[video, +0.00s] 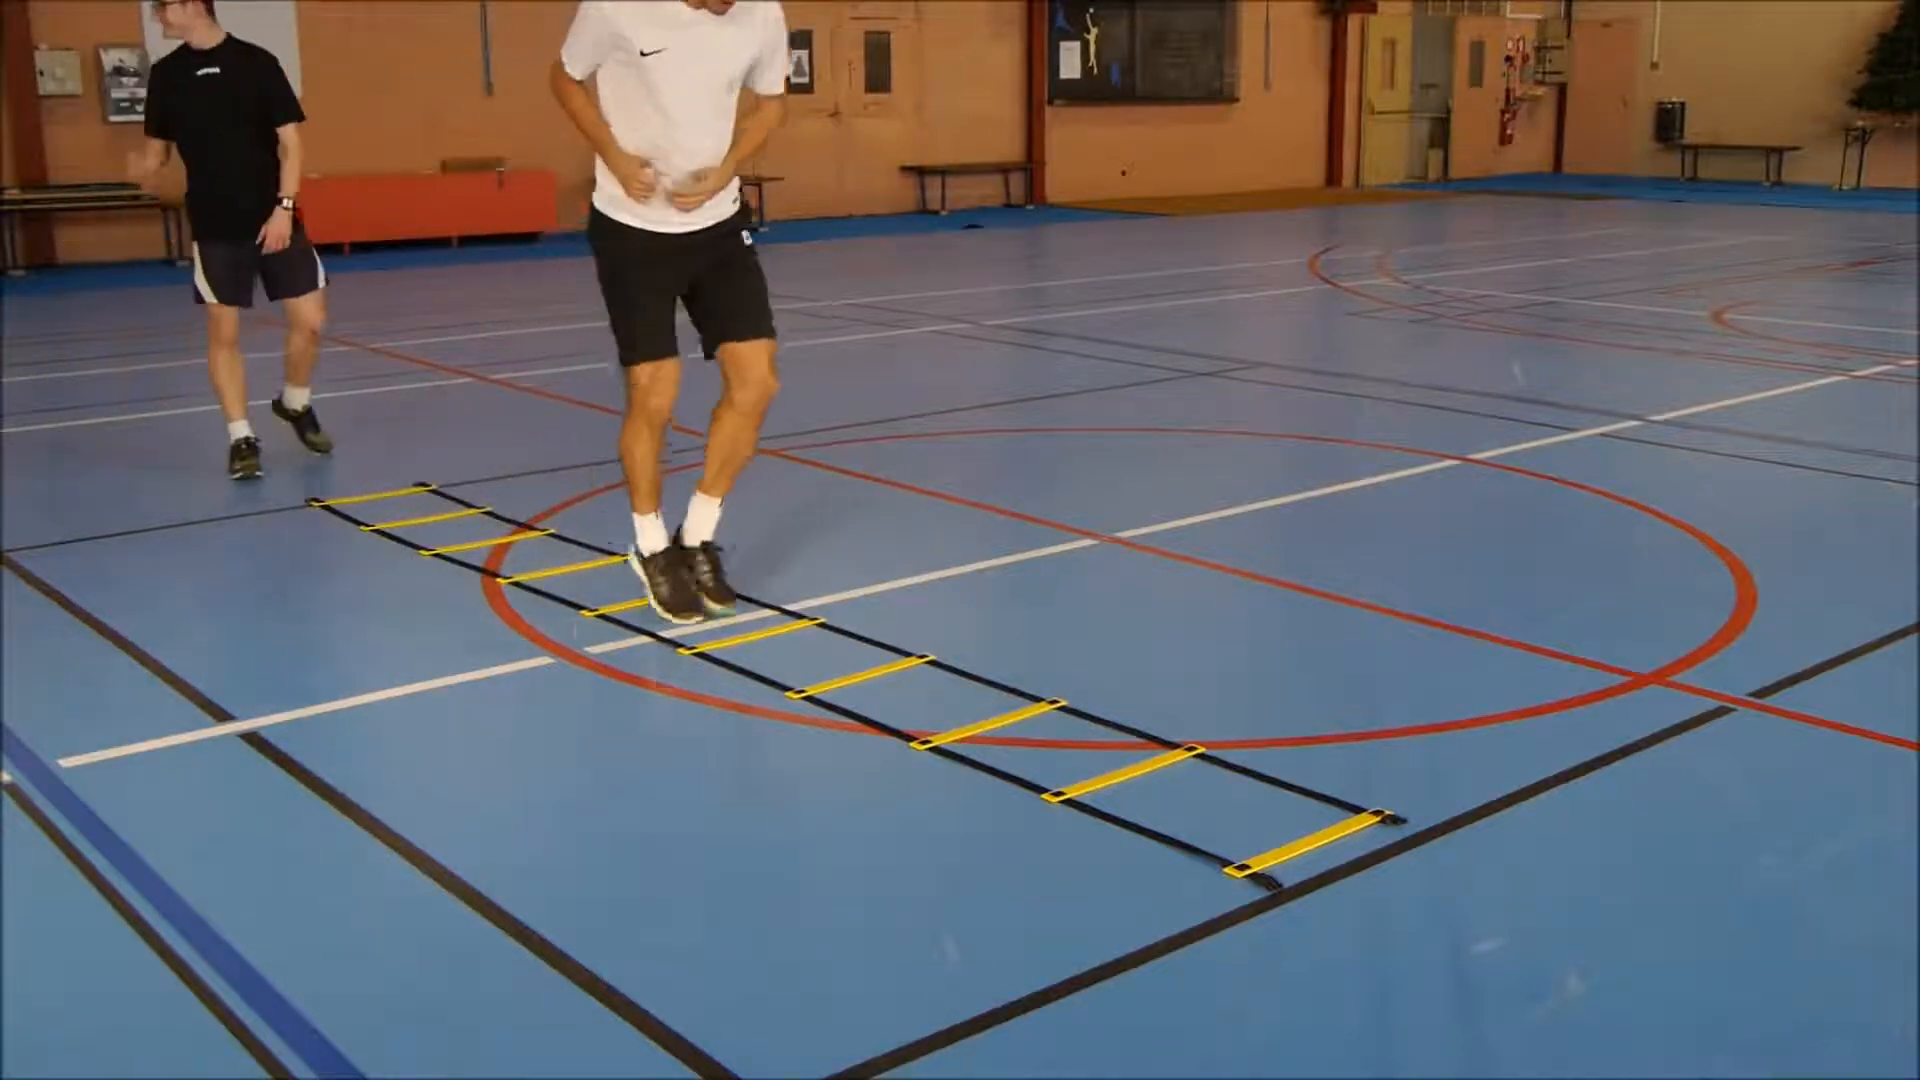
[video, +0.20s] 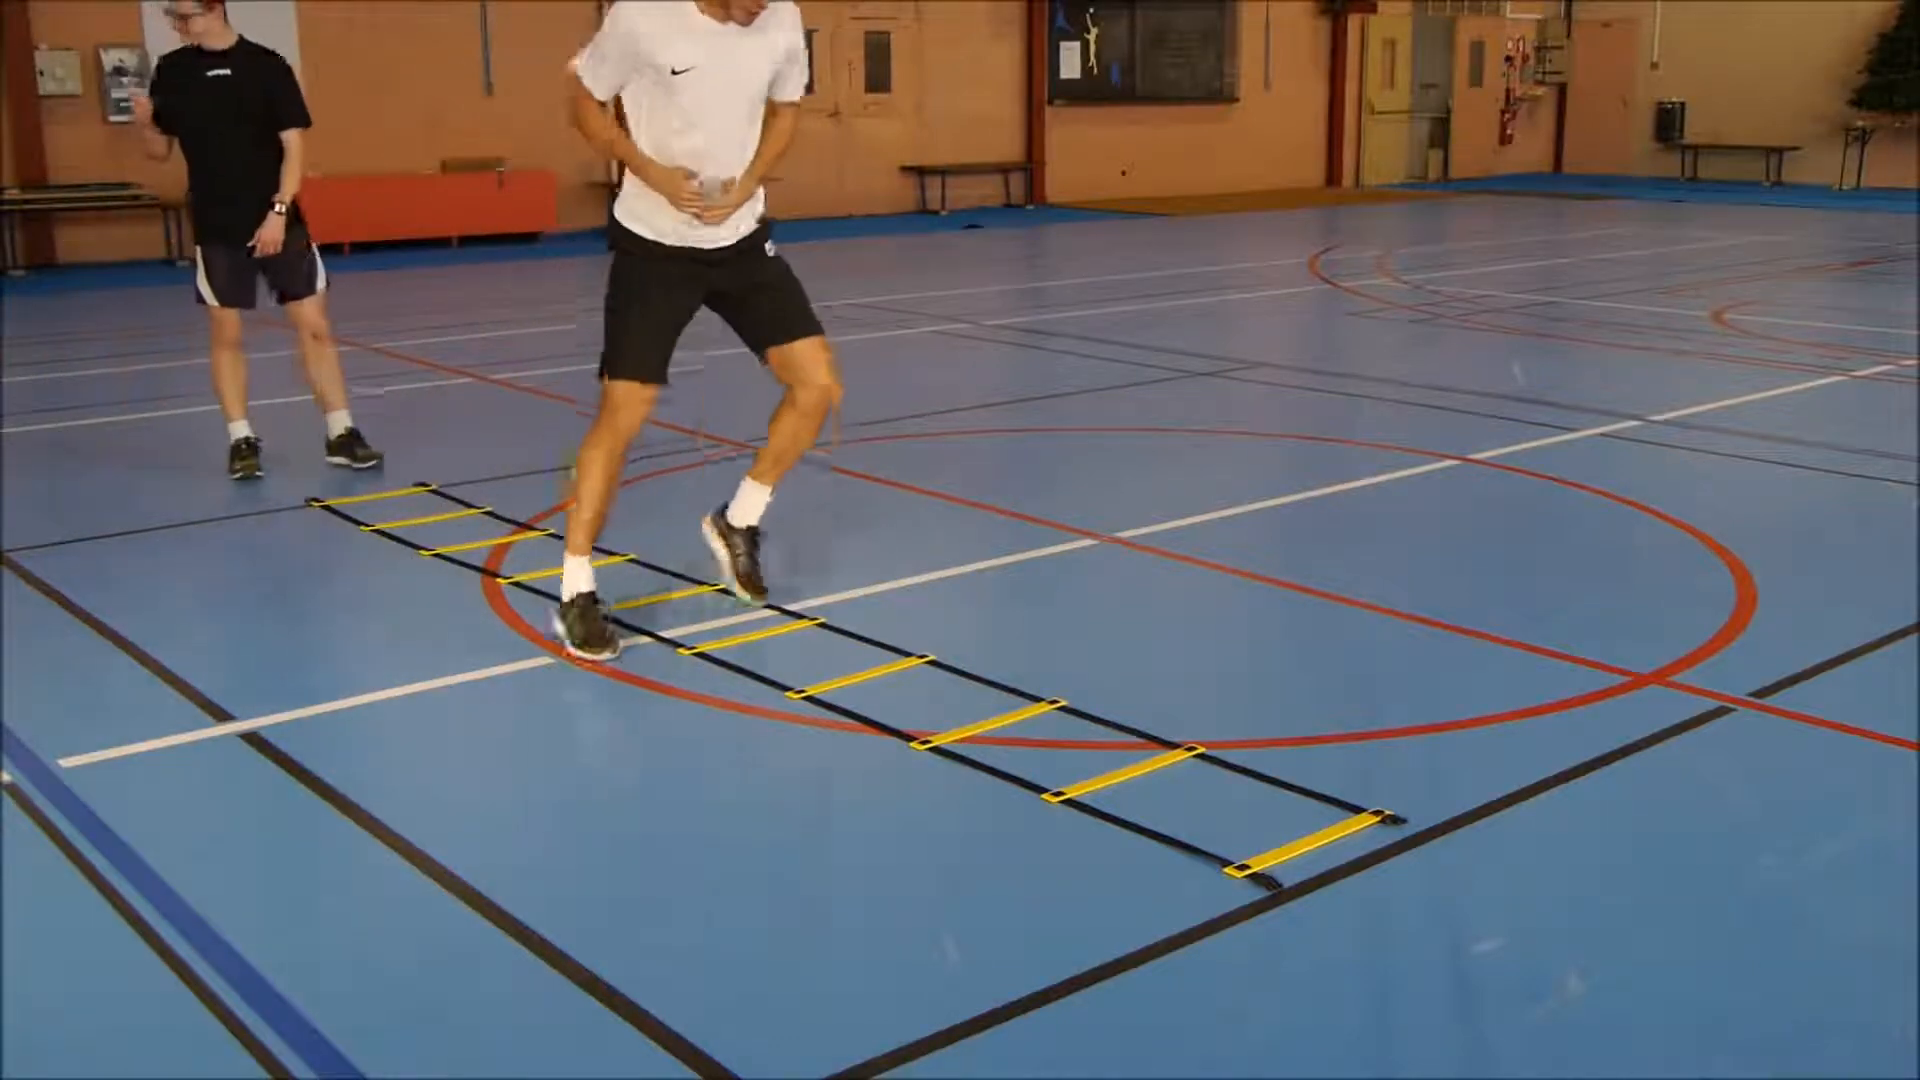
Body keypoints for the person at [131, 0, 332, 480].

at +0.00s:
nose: (161, 14)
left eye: (169, 5)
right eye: (160, 7)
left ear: (198, 7)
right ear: (185, 14)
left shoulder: (257, 62)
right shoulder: (165, 74)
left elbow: (291, 140)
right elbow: (156, 152)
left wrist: (285, 209)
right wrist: (144, 167)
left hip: (273, 215)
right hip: (214, 223)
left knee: (310, 319)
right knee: (225, 332)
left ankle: (295, 402)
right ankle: (241, 438)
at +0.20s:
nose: (178, 27)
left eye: (185, 16)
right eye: (174, 18)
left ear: (214, 10)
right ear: (180, 20)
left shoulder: (268, 65)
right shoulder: (171, 70)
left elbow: (294, 146)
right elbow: (161, 150)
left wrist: (280, 213)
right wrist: (147, 124)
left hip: (276, 215)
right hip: (216, 223)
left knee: (315, 326)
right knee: (227, 333)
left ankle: (341, 432)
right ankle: (242, 439)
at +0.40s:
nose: (251, 29)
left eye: (260, 19)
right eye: (241, 19)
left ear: (269, 16)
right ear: (222, 13)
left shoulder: (294, 69)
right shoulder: (194, 70)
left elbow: (313, 149)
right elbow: (172, 148)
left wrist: (302, 214)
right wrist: (179, 177)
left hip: (291, 220)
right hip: (231, 225)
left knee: (315, 330)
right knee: (234, 333)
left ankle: (335, 441)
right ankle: (242, 439)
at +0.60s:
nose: (297, 31)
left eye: (306, 21)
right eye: (287, 20)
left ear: (315, 16)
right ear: (264, 11)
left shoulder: (327, 70)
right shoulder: (228, 64)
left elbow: (340, 152)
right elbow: (205, 141)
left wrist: (321, 208)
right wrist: (212, 204)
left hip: (311, 222)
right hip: (249, 225)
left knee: (326, 334)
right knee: (245, 335)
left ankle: (336, 442)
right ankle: (244, 438)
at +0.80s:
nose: (321, 35)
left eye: (329, 26)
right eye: (311, 24)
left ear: (337, 19)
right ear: (289, 13)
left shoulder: (348, 75)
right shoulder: (250, 61)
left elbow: (356, 157)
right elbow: (220, 135)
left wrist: (335, 212)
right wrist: (218, 207)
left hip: (322, 223)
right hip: (261, 223)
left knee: (328, 335)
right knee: (259, 335)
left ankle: (338, 442)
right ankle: (247, 436)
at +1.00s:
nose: (321, 40)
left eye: (331, 31)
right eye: (313, 30)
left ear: (340, 23)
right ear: (291, 16)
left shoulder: (349, 77)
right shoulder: (251, 62)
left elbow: (354, 158)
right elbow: (219, 134)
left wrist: (336, 214)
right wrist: (216, 208)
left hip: (322, 224)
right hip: (261, 225)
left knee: (328, 334)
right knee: (263, 335)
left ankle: (337, 444)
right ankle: (265, 446)